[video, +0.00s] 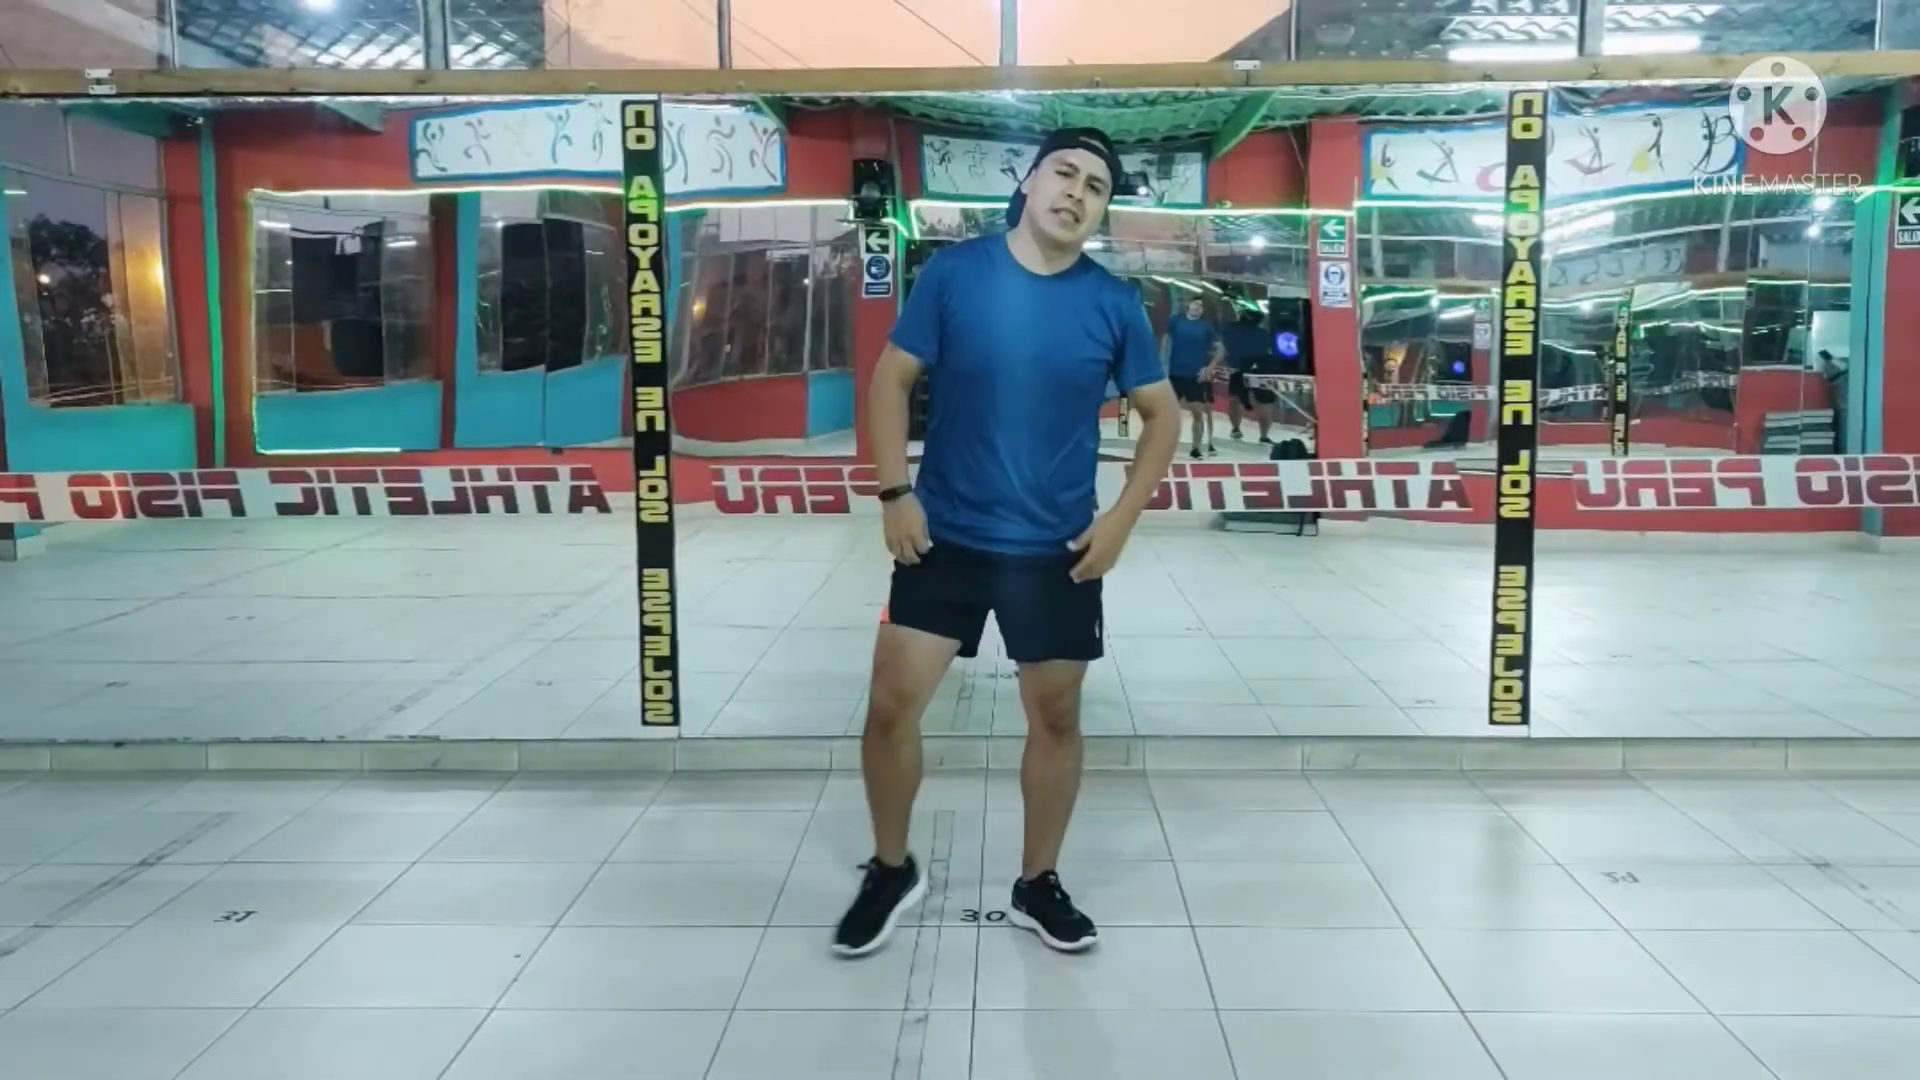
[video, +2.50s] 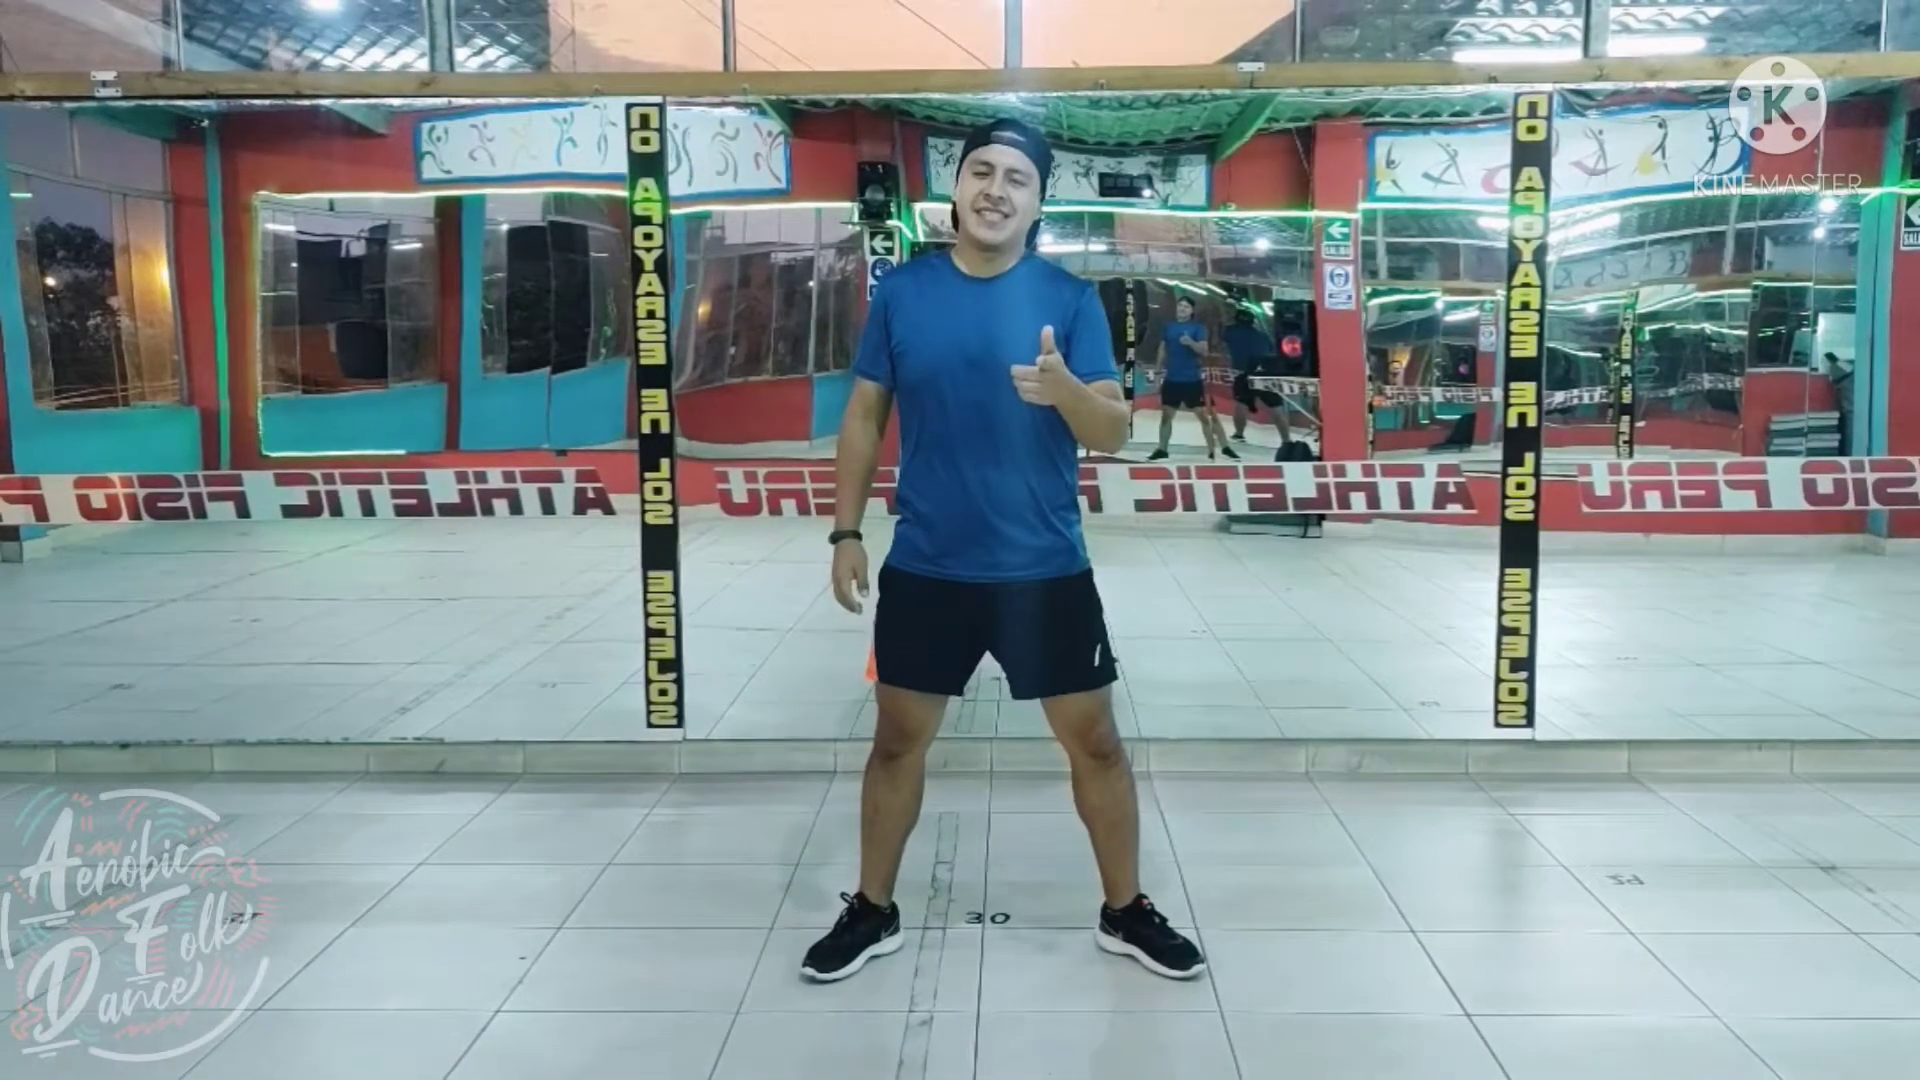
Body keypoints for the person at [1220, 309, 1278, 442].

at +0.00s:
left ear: (1241, 317)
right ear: (1259, 319)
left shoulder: (1231, 330)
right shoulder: (1263, 334)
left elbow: (1224, 350)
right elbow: (1270, 353)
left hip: (1237, 368)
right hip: (1260, 370)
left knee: (1234, 399)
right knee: (1264, 402)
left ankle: (1236, 429)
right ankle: (1264, 435)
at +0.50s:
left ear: (1227, 315)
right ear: (1245, 315)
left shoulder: (1221, 330)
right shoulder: (1255, 332)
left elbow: (1216, 350)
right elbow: (1265, 354)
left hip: (1232, 368)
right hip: (1257, 369)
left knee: (1233, 400)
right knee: (1274, 401)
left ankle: (1234, 431)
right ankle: (1280, 436)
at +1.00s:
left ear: (1235, 318)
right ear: (1251, 320)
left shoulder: (1229, 331)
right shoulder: (1261, 334)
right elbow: (1270, 354)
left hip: (1240, 367)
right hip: (1265, 367)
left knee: (1238, 400)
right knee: (1274, 404)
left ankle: (1236, 432)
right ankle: (1284, 439)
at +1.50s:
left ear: (1235, 319)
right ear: (1251, 320)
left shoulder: (1229, 332)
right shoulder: (1260, 334)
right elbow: (1271, 351)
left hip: (1241, 367)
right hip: (1264, 368)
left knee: (1239, 401)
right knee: (1274, 405)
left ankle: (1237, 433)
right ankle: (1284, 440)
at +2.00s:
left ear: (1235, 319)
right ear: (1251, 320)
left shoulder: (1230, 331)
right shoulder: (1261, 334)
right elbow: (1271, 350)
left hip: (1241, 368)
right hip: (1264, 370)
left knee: (1239, 401)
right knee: (1275, 405)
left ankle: (1238, 433)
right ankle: (1285, 440)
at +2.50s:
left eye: (1239, 318)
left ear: (1236, 319)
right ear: (1252, 321)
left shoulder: (1230, 332)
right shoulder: (1261, 335)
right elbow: (1271, 355)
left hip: (1242, 371)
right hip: (1265, 372)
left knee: (1241, 403)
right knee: (1276, 408)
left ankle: (1239, 433)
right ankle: (1286, 440)